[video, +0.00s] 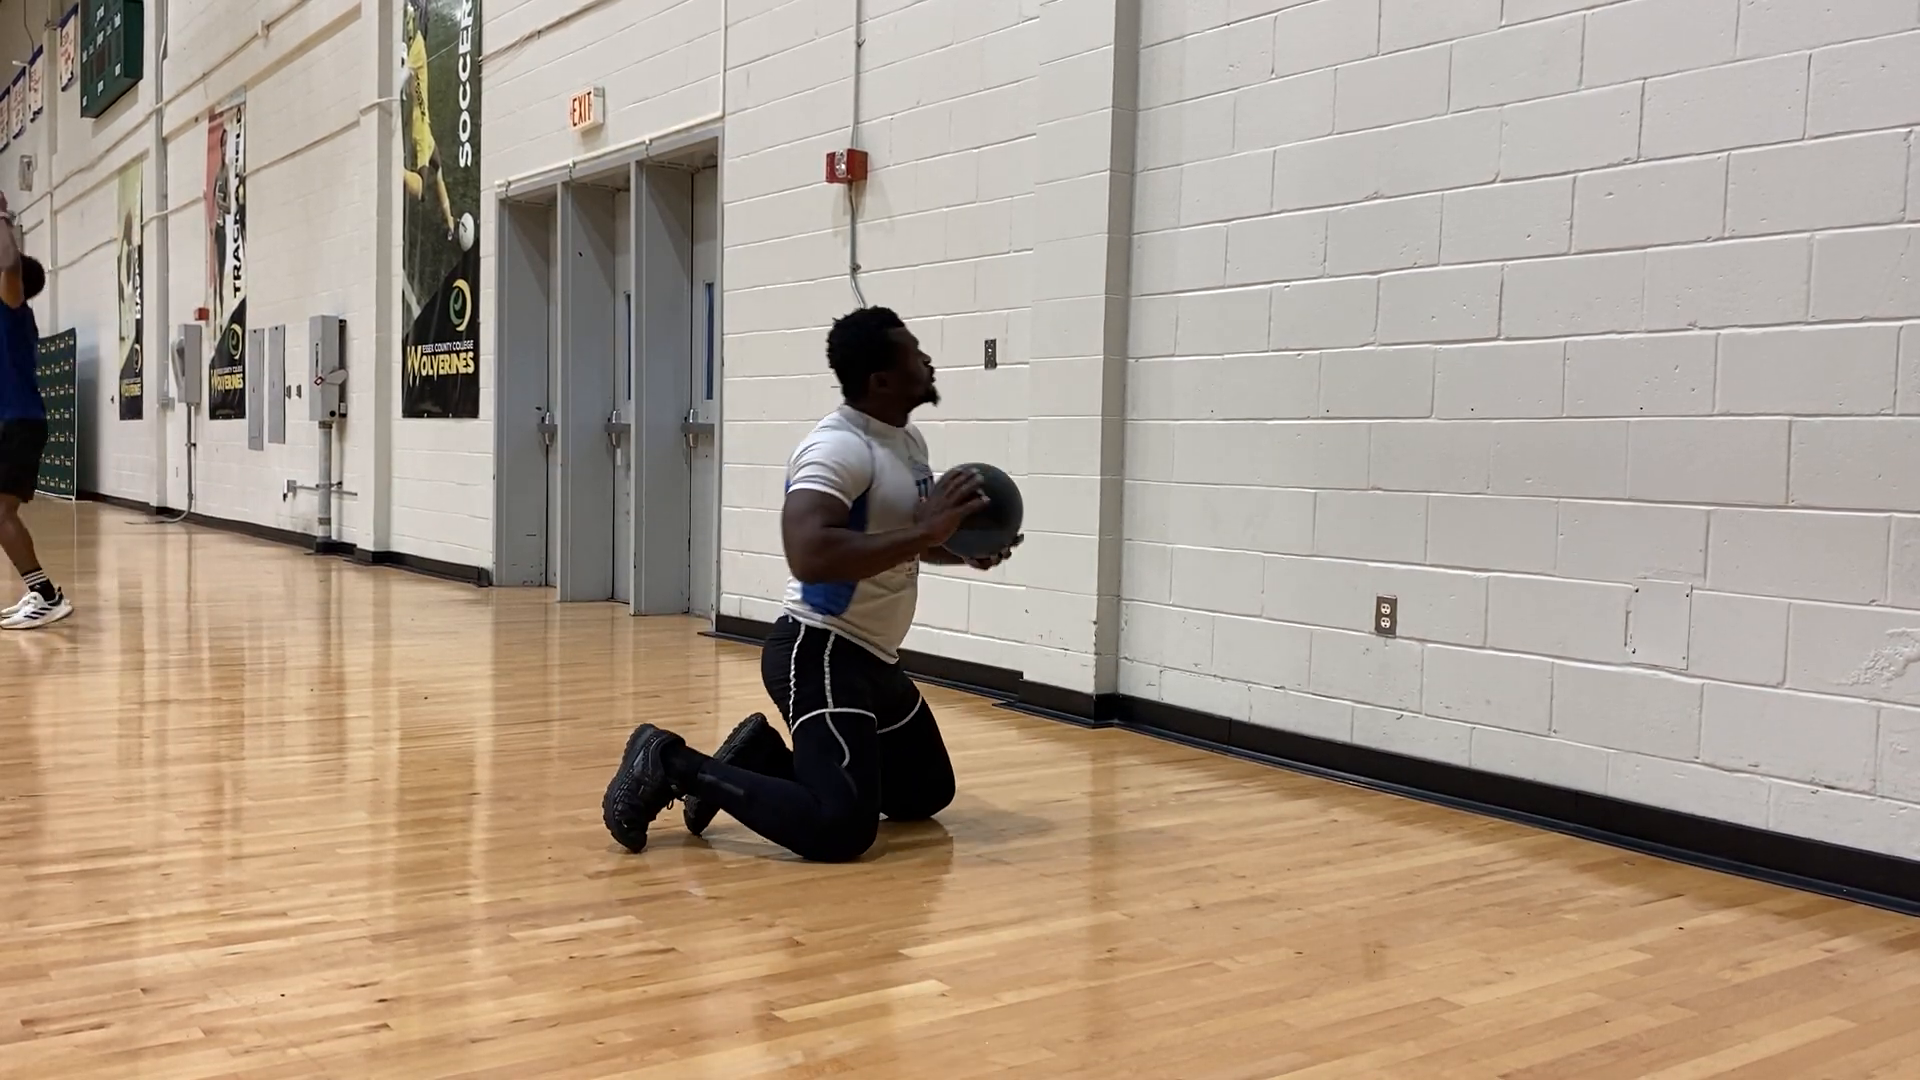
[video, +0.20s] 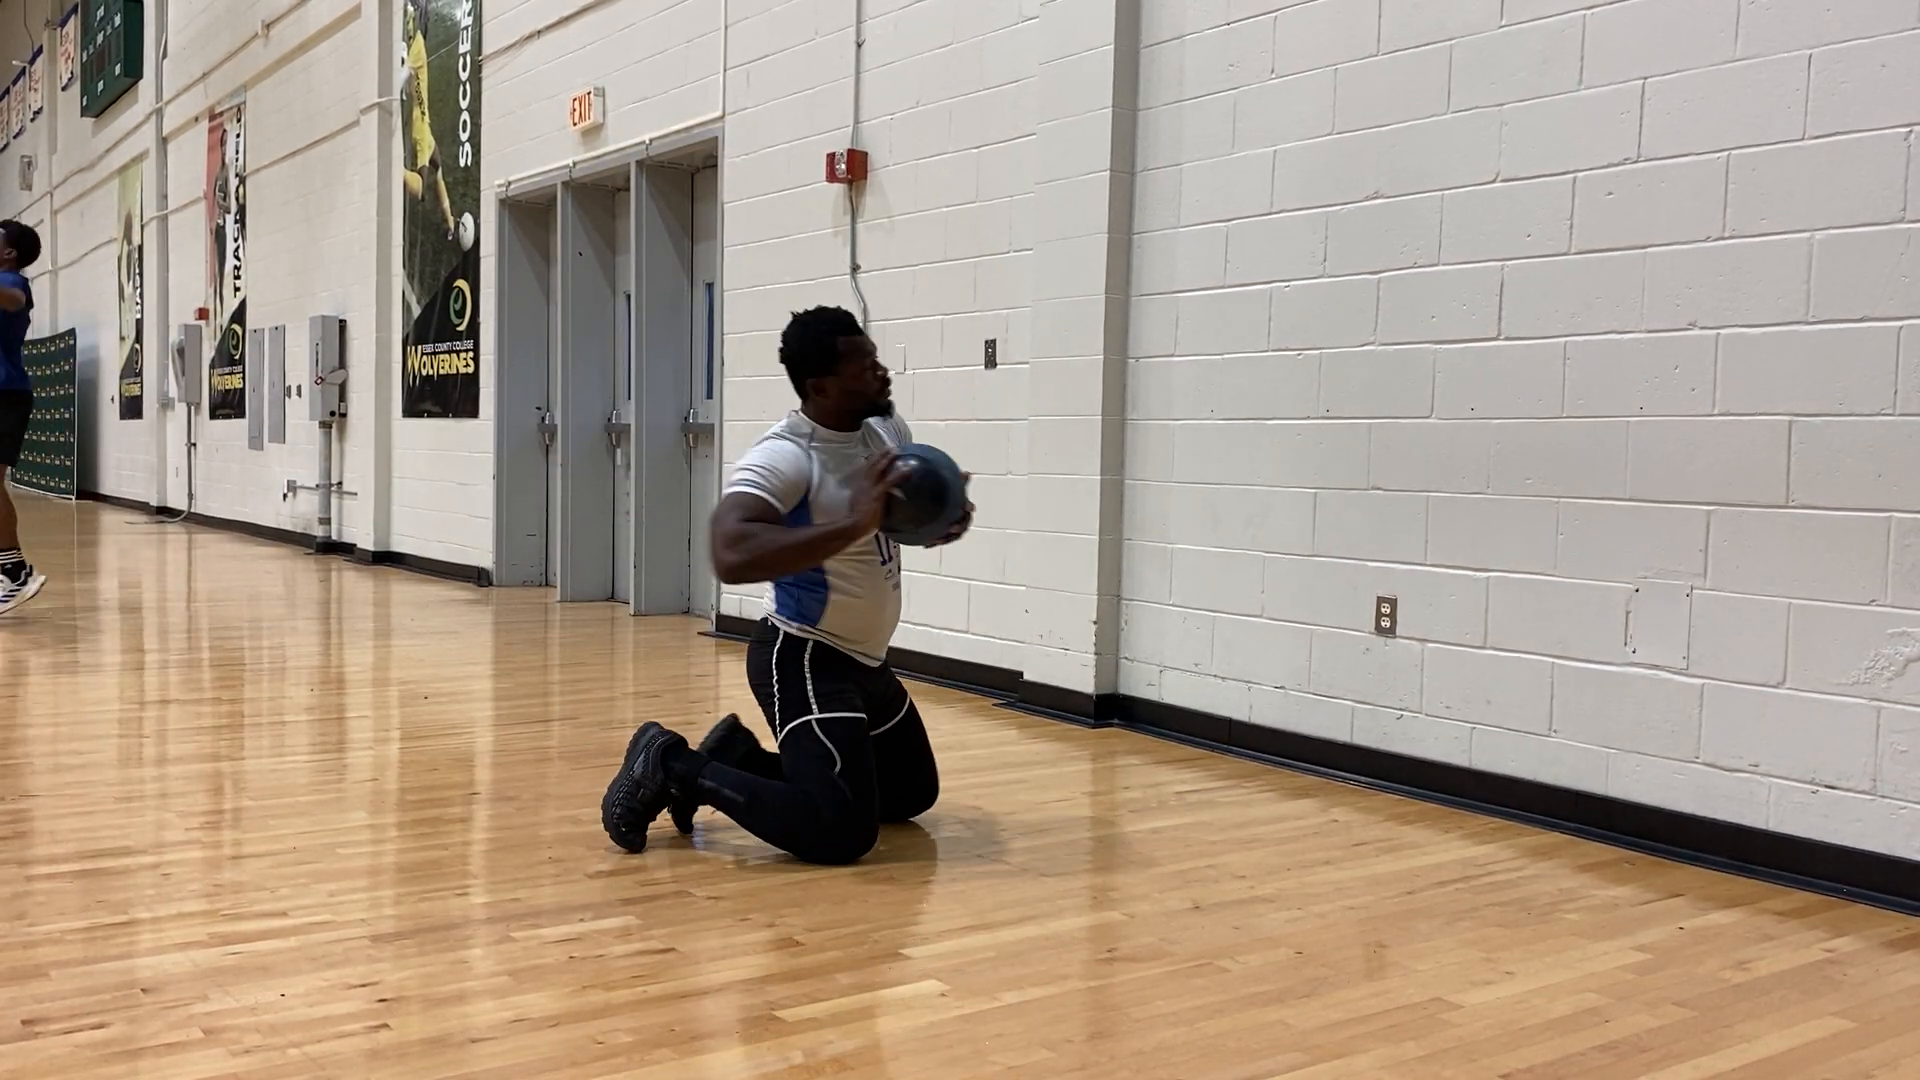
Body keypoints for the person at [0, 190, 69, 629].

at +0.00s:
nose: (9, 273)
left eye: (16, 269)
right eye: (14, 269)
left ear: (22, 280)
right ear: (23, 282)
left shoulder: (15, 308)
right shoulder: (15, 311)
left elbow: (11, 263)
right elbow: (13, 261)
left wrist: (4, 221)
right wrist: (7, 223)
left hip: (19, 420)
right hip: (17, 419)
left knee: (5, 510)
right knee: (5, 510)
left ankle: (43, 591)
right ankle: (40, 590)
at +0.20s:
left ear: (9, 251)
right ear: (15, 253)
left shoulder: (14, 281)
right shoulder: (12, 284)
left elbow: (14, 300)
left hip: (10, 391)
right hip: (9, 390)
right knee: (0, 481)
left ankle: (16, 570)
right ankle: (13, 568)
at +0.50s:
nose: (14, 279)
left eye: (11, 267)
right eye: (14, 270)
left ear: (2, 269)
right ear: (12, 271)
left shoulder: (6, 310)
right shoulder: (6, 310)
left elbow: (11, 363)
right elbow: (11, 363)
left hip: (2, 418)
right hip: (3, 417)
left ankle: (3, 582)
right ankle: (2, 581)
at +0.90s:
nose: (6, 278)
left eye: (6, 272)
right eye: (6, 272)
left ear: (2, 275)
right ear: (3, 275)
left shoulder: (1, 316)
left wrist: (3, 420)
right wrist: (3, 420)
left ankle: (1, 591)